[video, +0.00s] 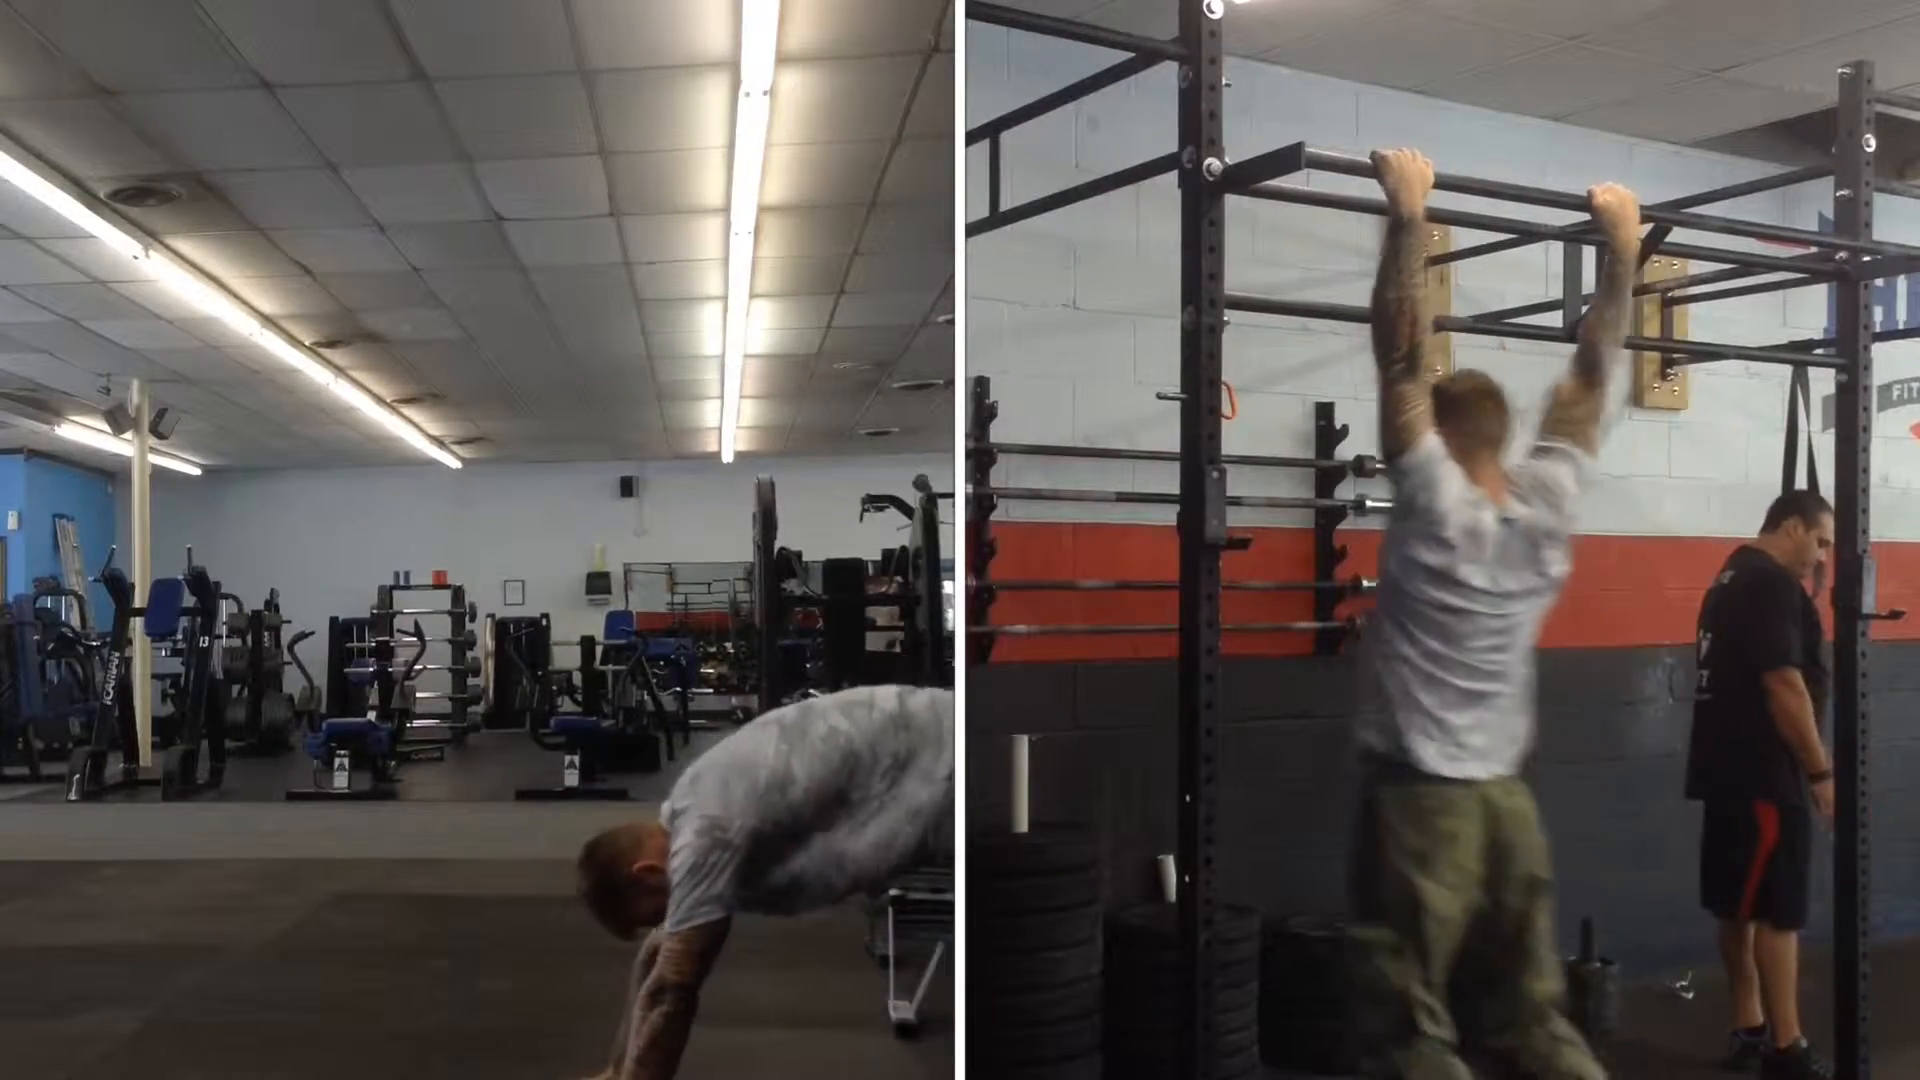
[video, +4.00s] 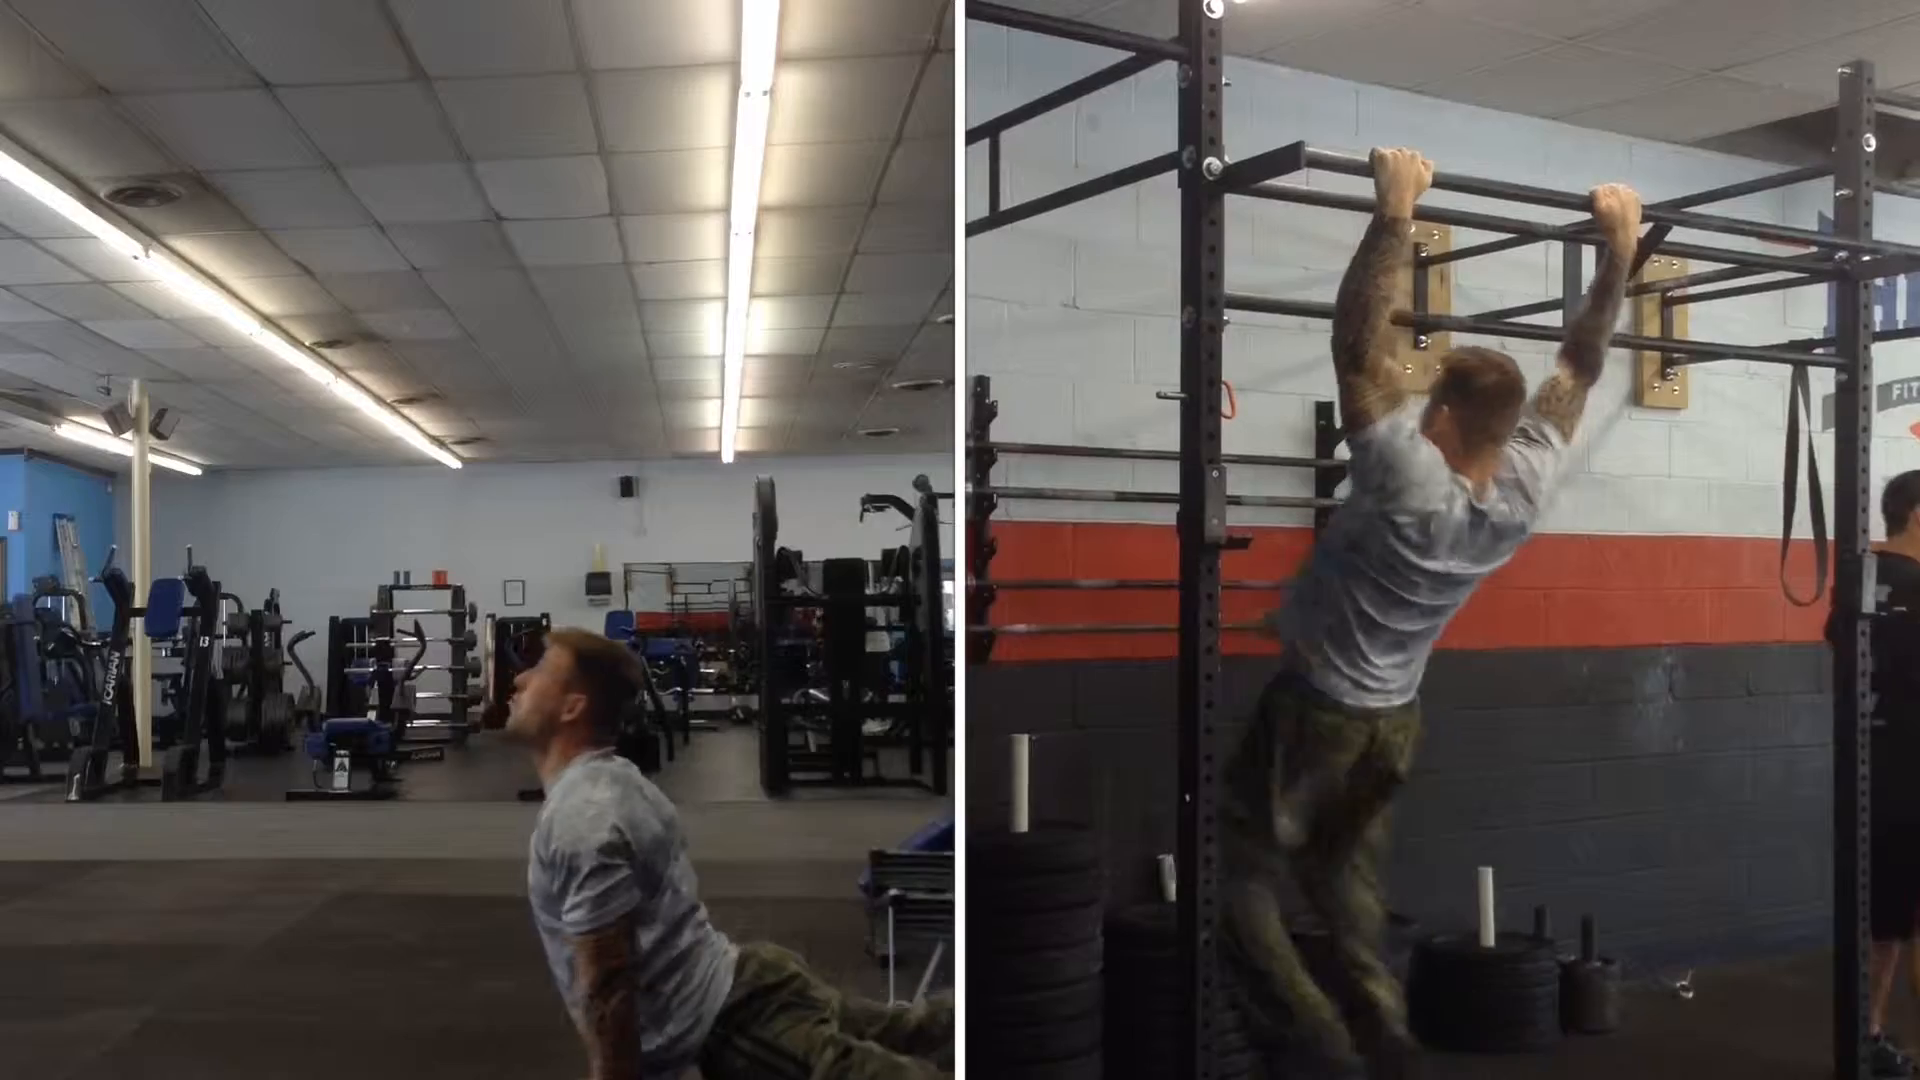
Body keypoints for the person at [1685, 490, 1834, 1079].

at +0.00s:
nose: (1823, 556)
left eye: (1827, 546)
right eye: (1820, 542)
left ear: (1781, 528)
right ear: (1791, 527)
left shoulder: (1735, 578)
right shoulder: (1771, 584)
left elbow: (1736, 684)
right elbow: (1783, 687)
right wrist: (1822, 773)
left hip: (1729, 770)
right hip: (1767, 775)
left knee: (1738, 908)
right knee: (1779, 914)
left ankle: (1749, 1030)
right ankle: (1787, 1044)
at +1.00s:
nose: (1828, 549)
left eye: (1830, 538)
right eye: (1825, 536)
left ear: (1786, 527)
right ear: (1796, 527)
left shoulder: (1742, 579)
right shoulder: (1764, 584)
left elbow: (1751, 686)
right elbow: (1771, 687)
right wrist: (1814, 772)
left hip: (1737, 770)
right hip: (1763, 774)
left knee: (1745, 910)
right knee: (1777, 915)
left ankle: (1749, 1034)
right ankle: (1786, 1049)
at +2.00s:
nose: (1866, 535)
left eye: (1866, 522)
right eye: (1862, 522)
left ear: (1814, 514)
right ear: (1835, 517)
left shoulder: (1784, 577)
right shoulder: (1825, 586)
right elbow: (1849, 700)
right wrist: (1895, 787)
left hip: (1791, 771)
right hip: (1827, 778)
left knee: (1807, 910)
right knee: (1834, 919)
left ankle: (1769, 1017)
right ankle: (1840, 1054)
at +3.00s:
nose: (1910, 524)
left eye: (1908, 511)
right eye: (1900, 511)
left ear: (1865, 519)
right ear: (1865, 517)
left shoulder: (1829, 579)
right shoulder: (1861, 589)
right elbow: (1882, 702)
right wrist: (1914, 775)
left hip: (1842, 781)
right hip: (1864, 790)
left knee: (1862, 922)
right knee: (1865, 925)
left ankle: (1854, 1041)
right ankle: (1852, 1048)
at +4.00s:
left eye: (1919, 511)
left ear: (1892, 514)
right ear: (1913, 515)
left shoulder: (1861, 570)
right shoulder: (1895, 573)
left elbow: (1838, 645)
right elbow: (1844, 650)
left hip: (1875, 760)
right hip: (1899, 762)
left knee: (1888, 900)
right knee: (1892, 903)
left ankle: (1872, 1030)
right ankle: (1872, 1031)